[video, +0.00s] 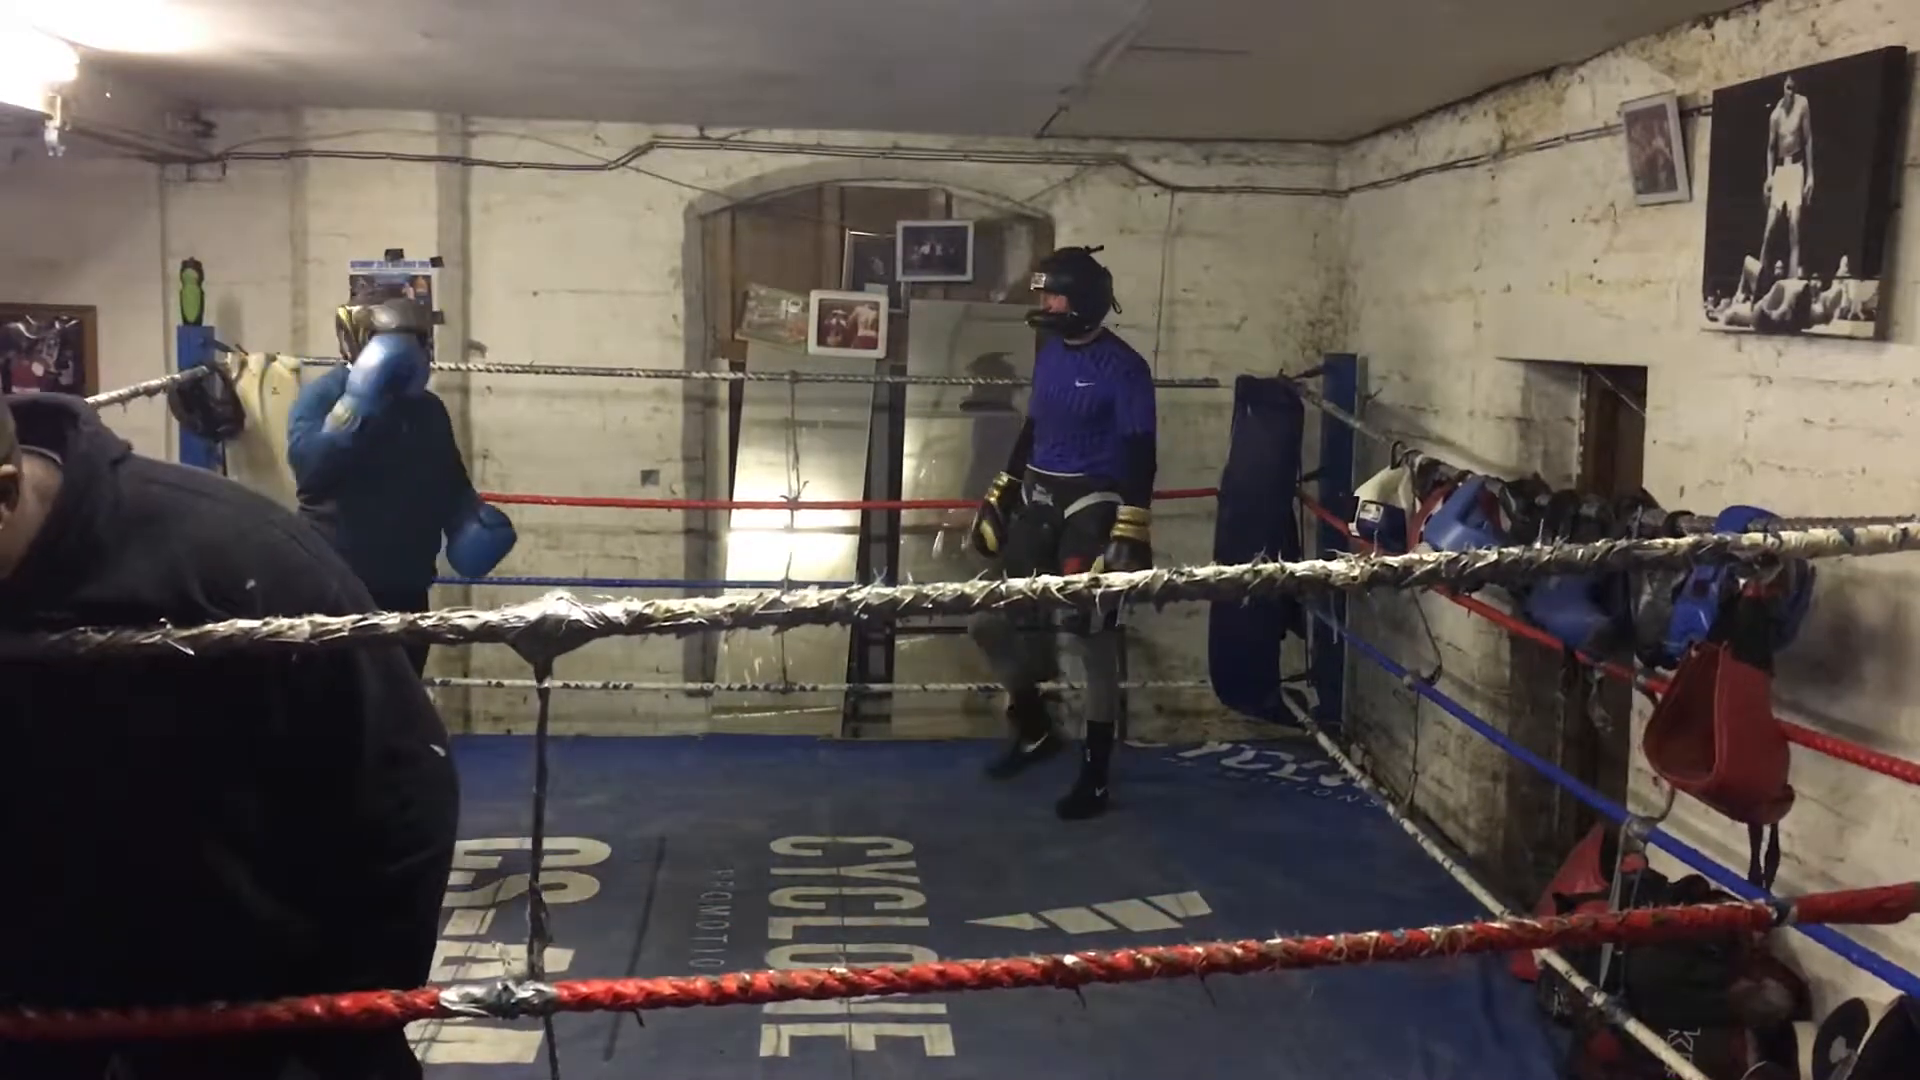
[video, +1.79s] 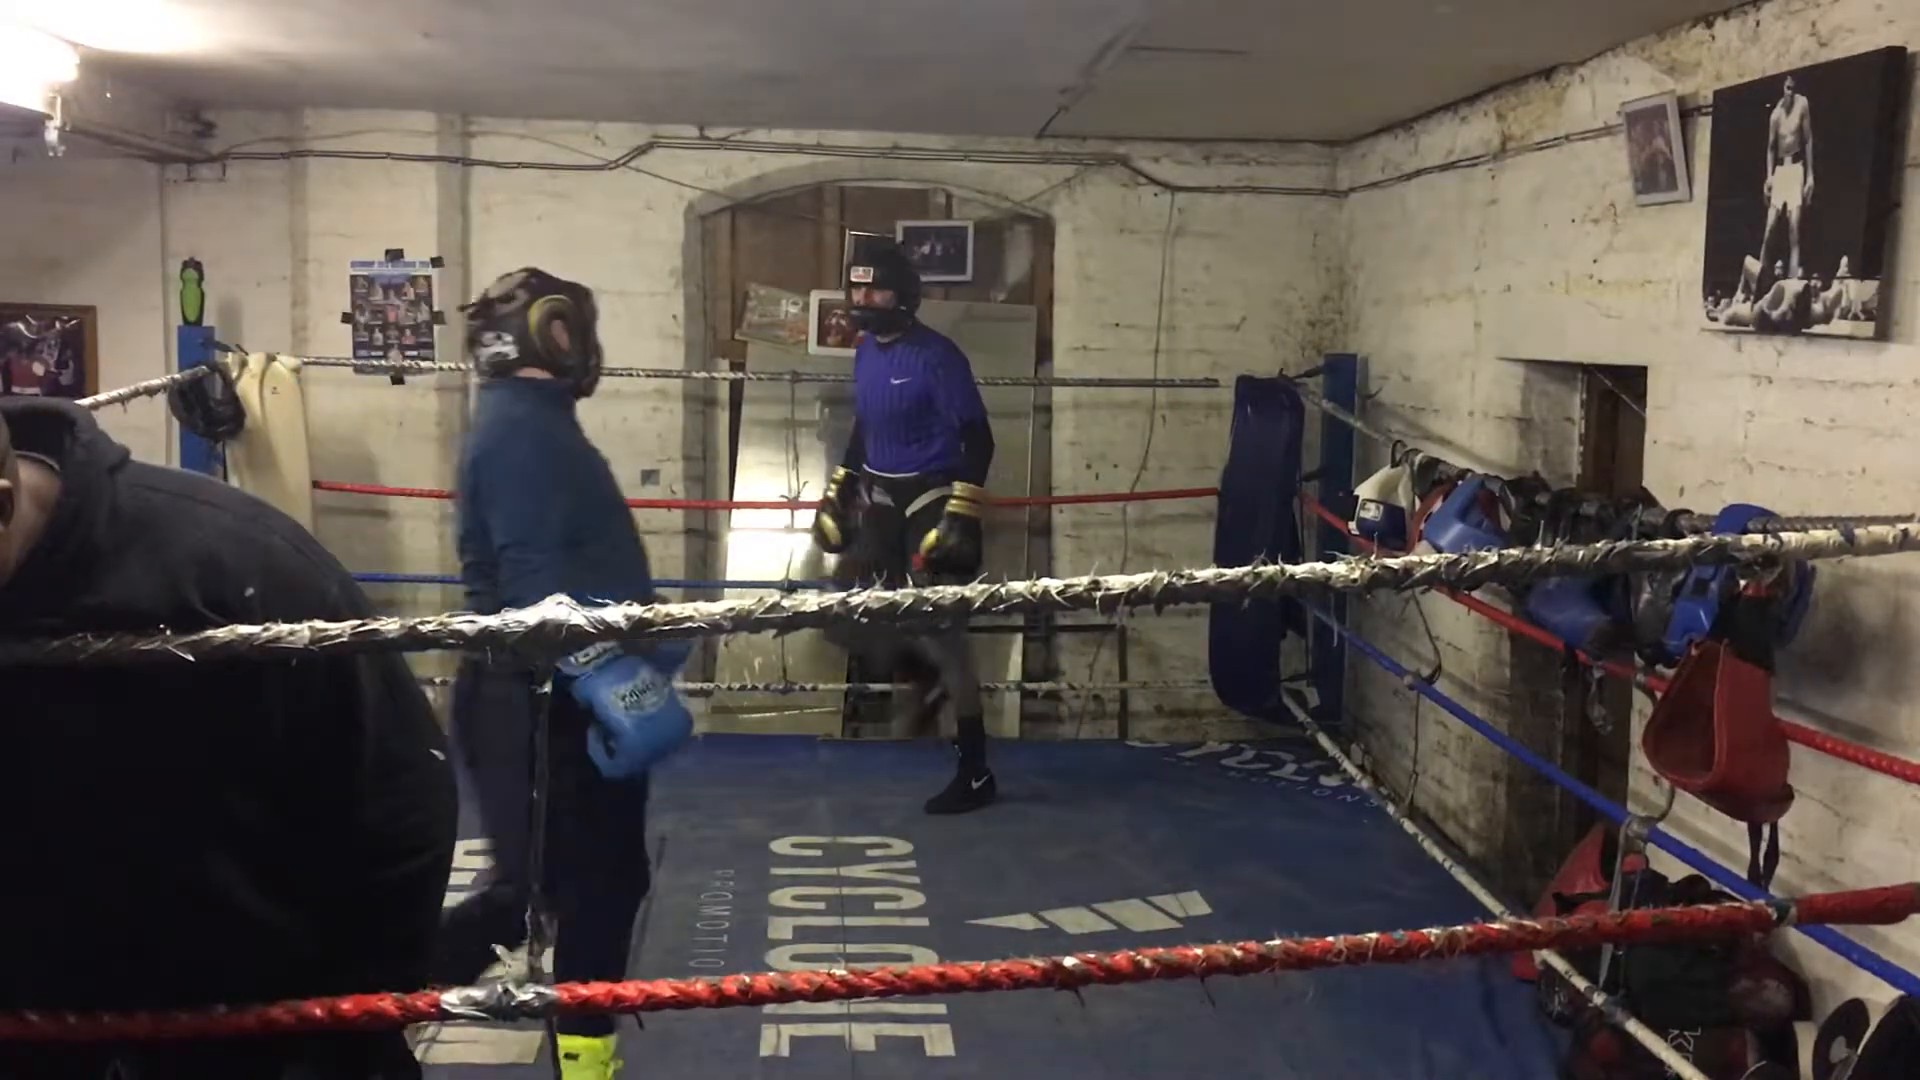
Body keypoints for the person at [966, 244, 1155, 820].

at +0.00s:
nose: (1043, 307)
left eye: (1054, 297)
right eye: (1042, 296)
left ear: (1083, 302)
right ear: (1048, 301)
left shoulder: (1125, 367)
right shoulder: (1048, 353)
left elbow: (1141, 454)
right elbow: (1032, 429)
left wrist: (1133, 525)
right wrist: (1000, 495)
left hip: (1096, 505)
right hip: (1038, 500)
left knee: (1093, 630)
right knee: (994, 621)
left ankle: (1096, 771)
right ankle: (1034, 729)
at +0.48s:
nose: (994, 298)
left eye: (1005, 289)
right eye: (993, 289)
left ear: (1033, 295)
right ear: (998, 296)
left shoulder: (1067, 358)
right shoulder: (991, 358)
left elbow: (1078, 448)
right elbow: (978, 434)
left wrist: (1052, 518)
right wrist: (956, 504)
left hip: (1045, 514)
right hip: (992, 511)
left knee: (1063, 632)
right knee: (1007, 634)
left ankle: (1088, 769)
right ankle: (1018, 758)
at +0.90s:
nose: (952, 301)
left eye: (964, 291)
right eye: (949, 291)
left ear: (991, 298)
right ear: (948, 297)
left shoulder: (1026, 356)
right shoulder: (945, 356)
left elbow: (1049, 441)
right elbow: (933, 432)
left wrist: (1030, 516)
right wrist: (911, 503)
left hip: (1007, 502)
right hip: (954, 501)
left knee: (976, 628)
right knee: (978, 631)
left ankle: (1033, 714)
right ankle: (1013, 752)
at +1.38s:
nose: (888, 323)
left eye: (898, 311)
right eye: (884, 311)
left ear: (926, 313)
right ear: (882, 316)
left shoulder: (968, 366)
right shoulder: (901, 369)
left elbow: (1016, 444)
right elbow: (904, 439)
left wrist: (1025, 523)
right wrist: (901, 500)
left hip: (979, 501)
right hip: (931, 505)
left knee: (976, 630)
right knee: (978, 626)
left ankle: (980, 767)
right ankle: (1033, 734)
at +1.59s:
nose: (880, 313)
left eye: (892, 303)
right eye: (876, 302)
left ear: (921, 309)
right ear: (874, 307)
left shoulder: (960, 366)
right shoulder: (884, 361)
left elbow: (1004, 449)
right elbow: (885, 436)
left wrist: (995, 523)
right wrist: (877, 504)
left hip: (962, 507)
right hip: (913, 509)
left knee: (971, 632)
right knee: (932, 630)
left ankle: (979, 769)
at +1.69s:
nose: (873, 305)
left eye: (886, 296)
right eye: (869, 296)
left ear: (915, 302)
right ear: (866, 301)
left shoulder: (953, 362)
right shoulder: (879, 356)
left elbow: (994, 444)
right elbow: (878, 430)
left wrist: (981, 517)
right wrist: (859, 499)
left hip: (951, 507)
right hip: (897, 507)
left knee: (959, 633)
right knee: (891, 634)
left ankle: (978, 769)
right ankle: (965, 609)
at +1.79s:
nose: (864, 298)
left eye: (875, 287)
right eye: (857, 287)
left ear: (903, 293)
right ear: (851, 294)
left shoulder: (938, 356)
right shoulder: (865, 353)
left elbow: (978, 438)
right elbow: (864, 426)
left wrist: (963, 510)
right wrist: (838, 493)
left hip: (933, 504)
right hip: (879, 502)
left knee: (945, 632)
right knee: (844, 618)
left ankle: (974, 769)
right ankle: (928, 671)